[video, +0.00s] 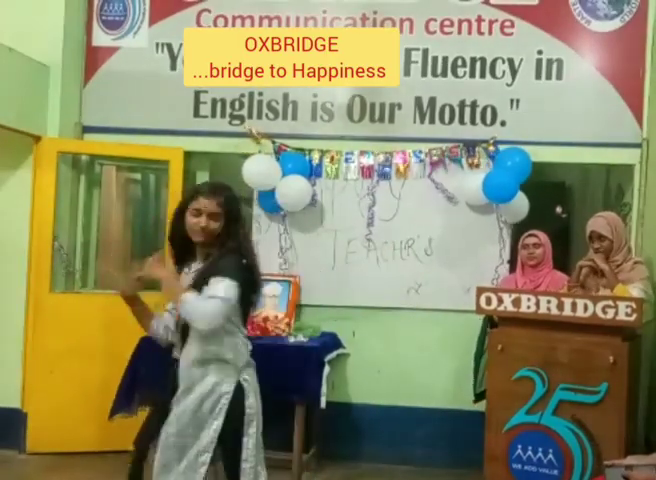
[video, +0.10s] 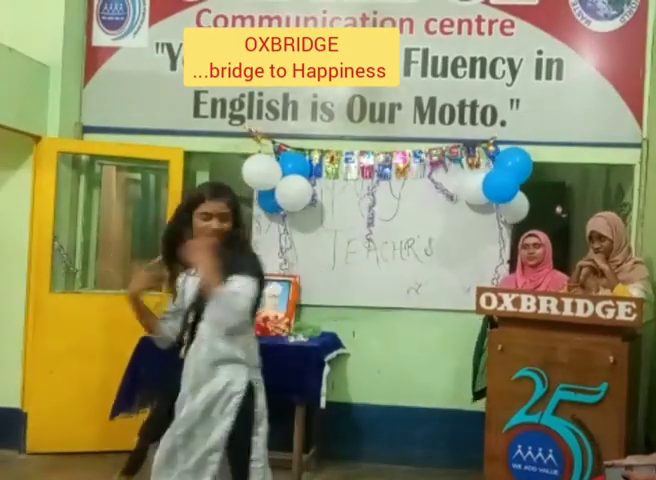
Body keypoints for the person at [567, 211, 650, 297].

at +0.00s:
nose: (595, 246)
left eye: (602, 239)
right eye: (591, 240)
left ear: (616, 238)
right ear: (588, 241)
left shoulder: (636, 269)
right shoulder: (586, 268)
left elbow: (632, 304)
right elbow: (570, 298)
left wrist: (606, 268)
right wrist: (577, 272)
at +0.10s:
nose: (595, 246)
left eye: (602, 239)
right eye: (591, 240)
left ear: (616, 238)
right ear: (588, 241)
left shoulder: (636, 269)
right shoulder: (586, 268)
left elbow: (632, 304)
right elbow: (570, 298)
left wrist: (606, 268)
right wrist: (577, 272)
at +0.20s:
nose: (595, 246)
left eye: (602, 239)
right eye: (591, 240)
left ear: (617, 239)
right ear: (588, 241)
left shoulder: (636, 269)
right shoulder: (586, 268)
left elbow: (633, 304)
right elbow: (570, 299)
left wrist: (606, 268)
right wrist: (577, 273)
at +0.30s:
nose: (595, 246)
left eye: (602, 239)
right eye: (591, 240)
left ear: (617, 238)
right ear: (588, 241)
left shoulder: (636, 269)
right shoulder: (586, 268)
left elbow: (632, 304)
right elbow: (570, 298)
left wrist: (606, 268)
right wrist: (577, 272)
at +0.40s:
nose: (595, 246)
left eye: (602, 239)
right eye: (591, 240)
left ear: (617, 238)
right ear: (588, 241)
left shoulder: (636, 269)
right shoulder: (586, 268)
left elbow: (632, 304)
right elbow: (570, 299)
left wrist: (606, 269)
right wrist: (577, 272)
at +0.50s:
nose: (595, 246)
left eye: (602, 239)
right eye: (591, 240)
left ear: (617, 238)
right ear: (588, 241)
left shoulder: (636, 269)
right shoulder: (586, 268)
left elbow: (632, 304)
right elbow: (570, 299)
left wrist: (606, 269)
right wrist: (577, 272)